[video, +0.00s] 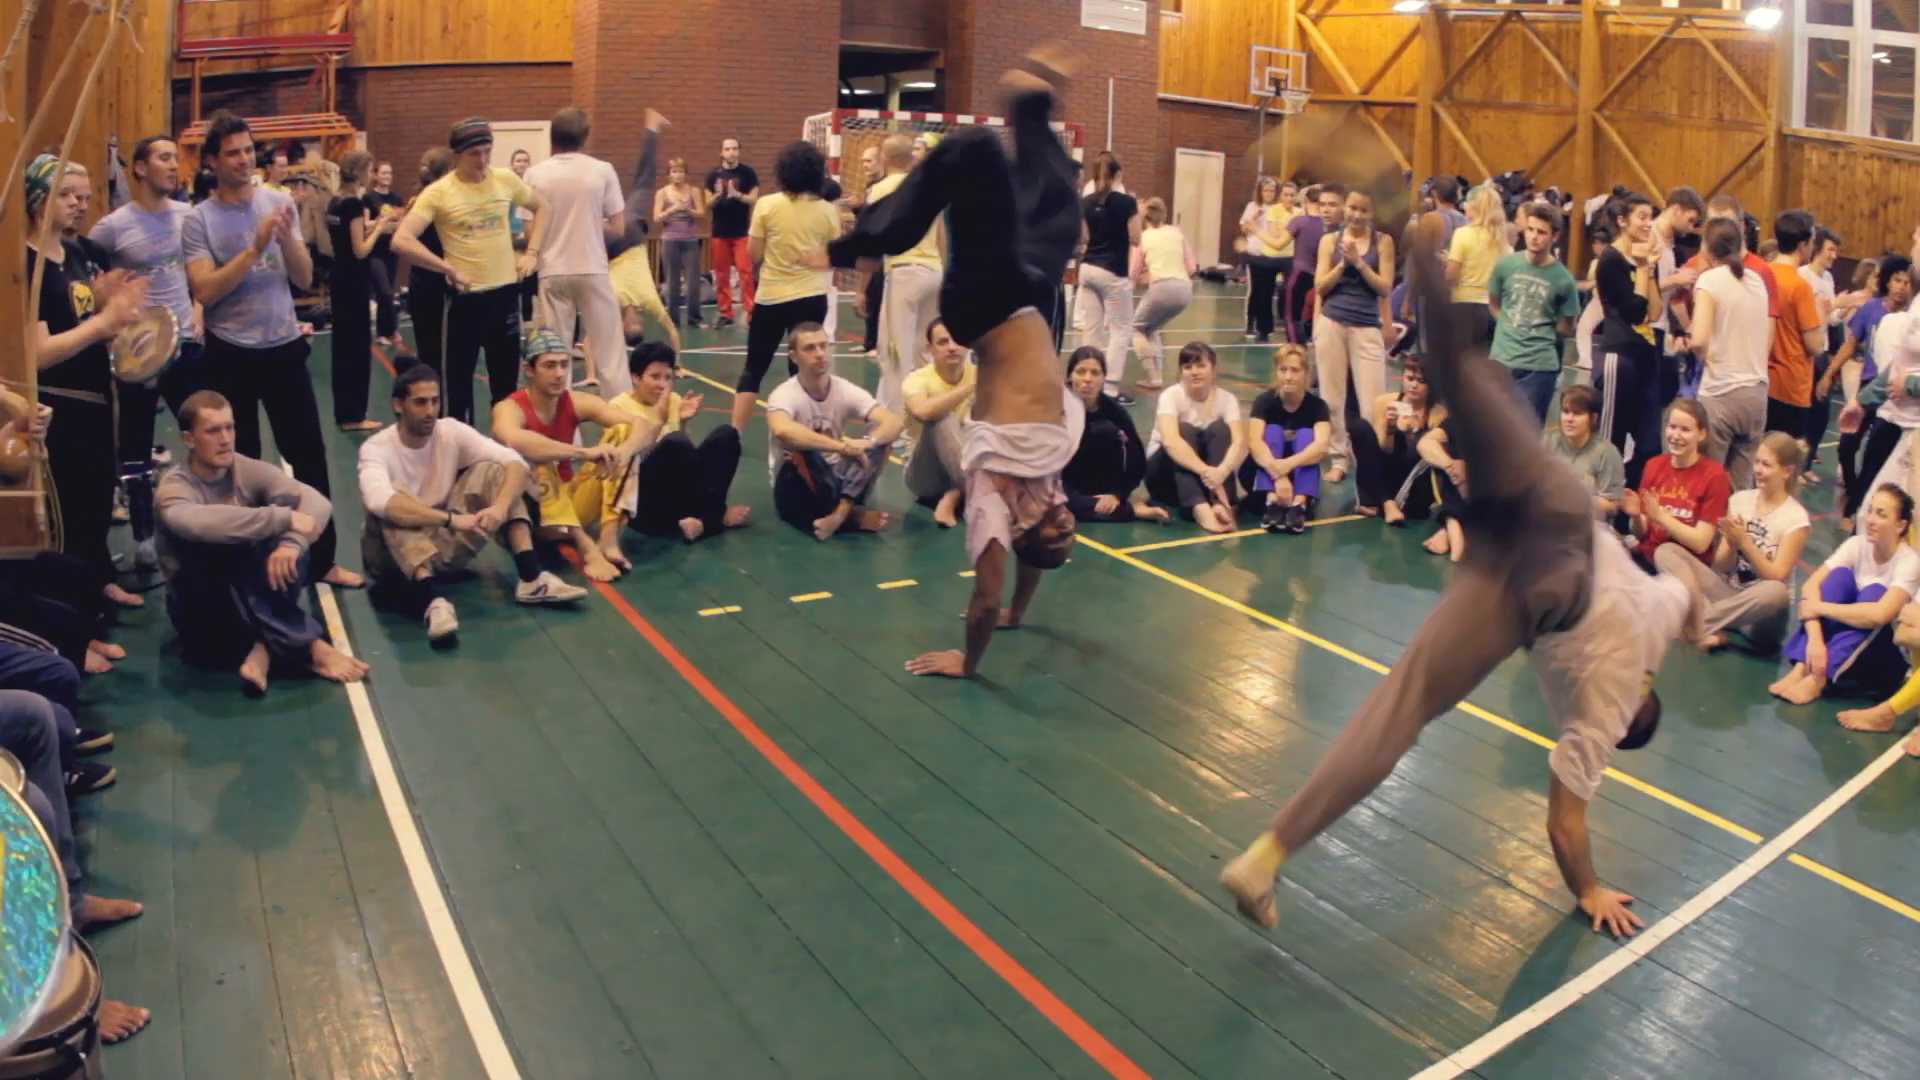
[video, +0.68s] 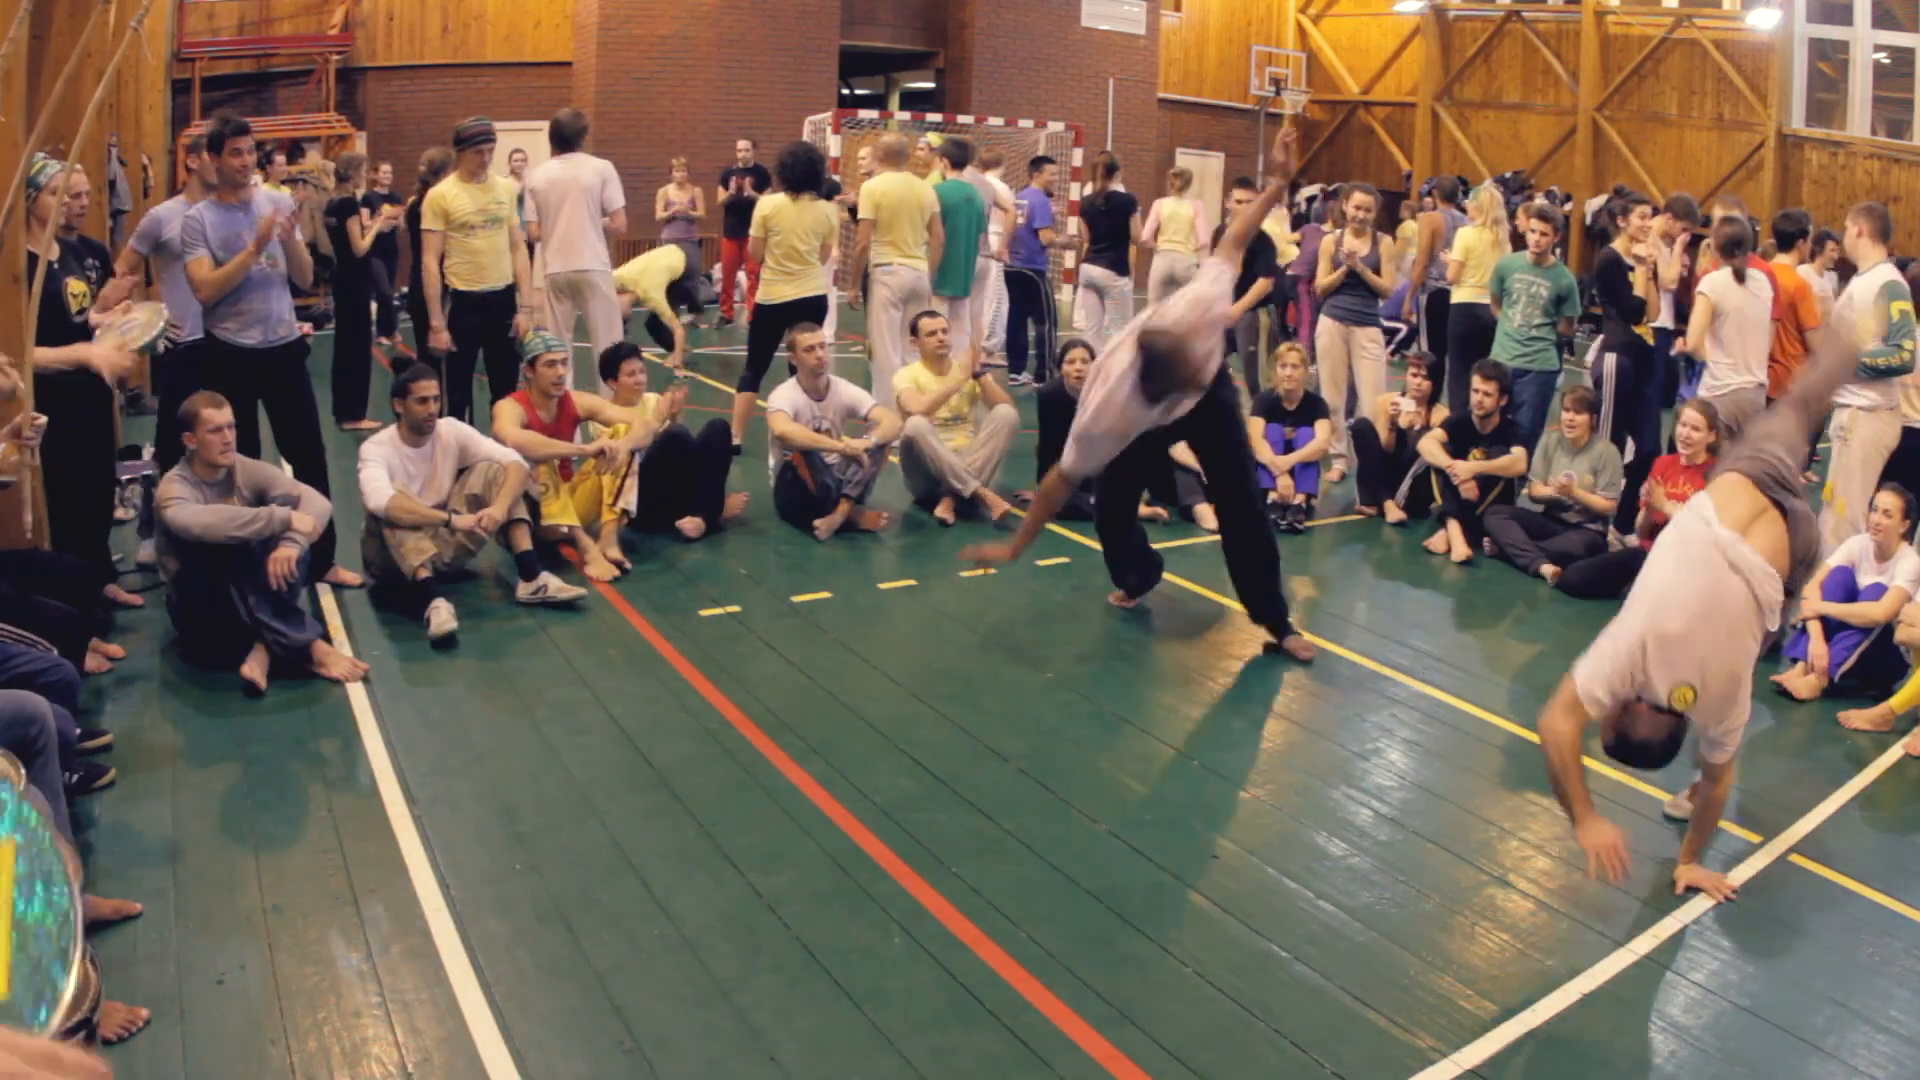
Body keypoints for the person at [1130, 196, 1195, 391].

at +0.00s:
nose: (1143, 219)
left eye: (1143, 216)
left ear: (1146, 218)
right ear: (1164, 216)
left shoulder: (1144, 236)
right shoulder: (1177, 232)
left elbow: (1134, 271)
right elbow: (1191, 266)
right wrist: (1178, 274)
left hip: (1160, 283)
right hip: (1184, 282)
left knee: (1138, 327)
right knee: (1151, 330)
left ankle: (1153, 375)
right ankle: (1156, 375)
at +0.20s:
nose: (1147, 187)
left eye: (1147, 184)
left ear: (1149, 184)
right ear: (1169, 184)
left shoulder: (1144, 207)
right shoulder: (1183, 205)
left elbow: (1140, 244)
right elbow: (1199, 233)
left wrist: (1135, 269)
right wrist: (1181, 241)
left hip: (1158, 258)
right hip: (1182, 256)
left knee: (1145, 313)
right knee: (1163, 315)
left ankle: (1157, 366)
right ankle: (1162, 367)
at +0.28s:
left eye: (1151, 179)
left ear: (1151, 180)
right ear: (1171, 179)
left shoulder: (1144, 202)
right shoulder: (1184, 202)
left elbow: (1140, 234)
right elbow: (1199, 229)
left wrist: (1146, 245)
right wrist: (1182, 239)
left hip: (1158, 251)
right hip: (1182, 251)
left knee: (1149, 314)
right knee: (1176, 314)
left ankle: (1160, 371)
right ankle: (1179, 368)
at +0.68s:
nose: (1170, 184)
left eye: (1170, 181)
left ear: (1170, 183)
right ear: (1188, 185)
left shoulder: (1159, 204)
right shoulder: (1196, 205)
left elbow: (1146, 237)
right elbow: (1204, 241)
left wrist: (1159, 247)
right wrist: (1190, 249)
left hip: (1163, 254)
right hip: (1186, 256)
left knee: (1154, 308)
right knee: (1187, 310)